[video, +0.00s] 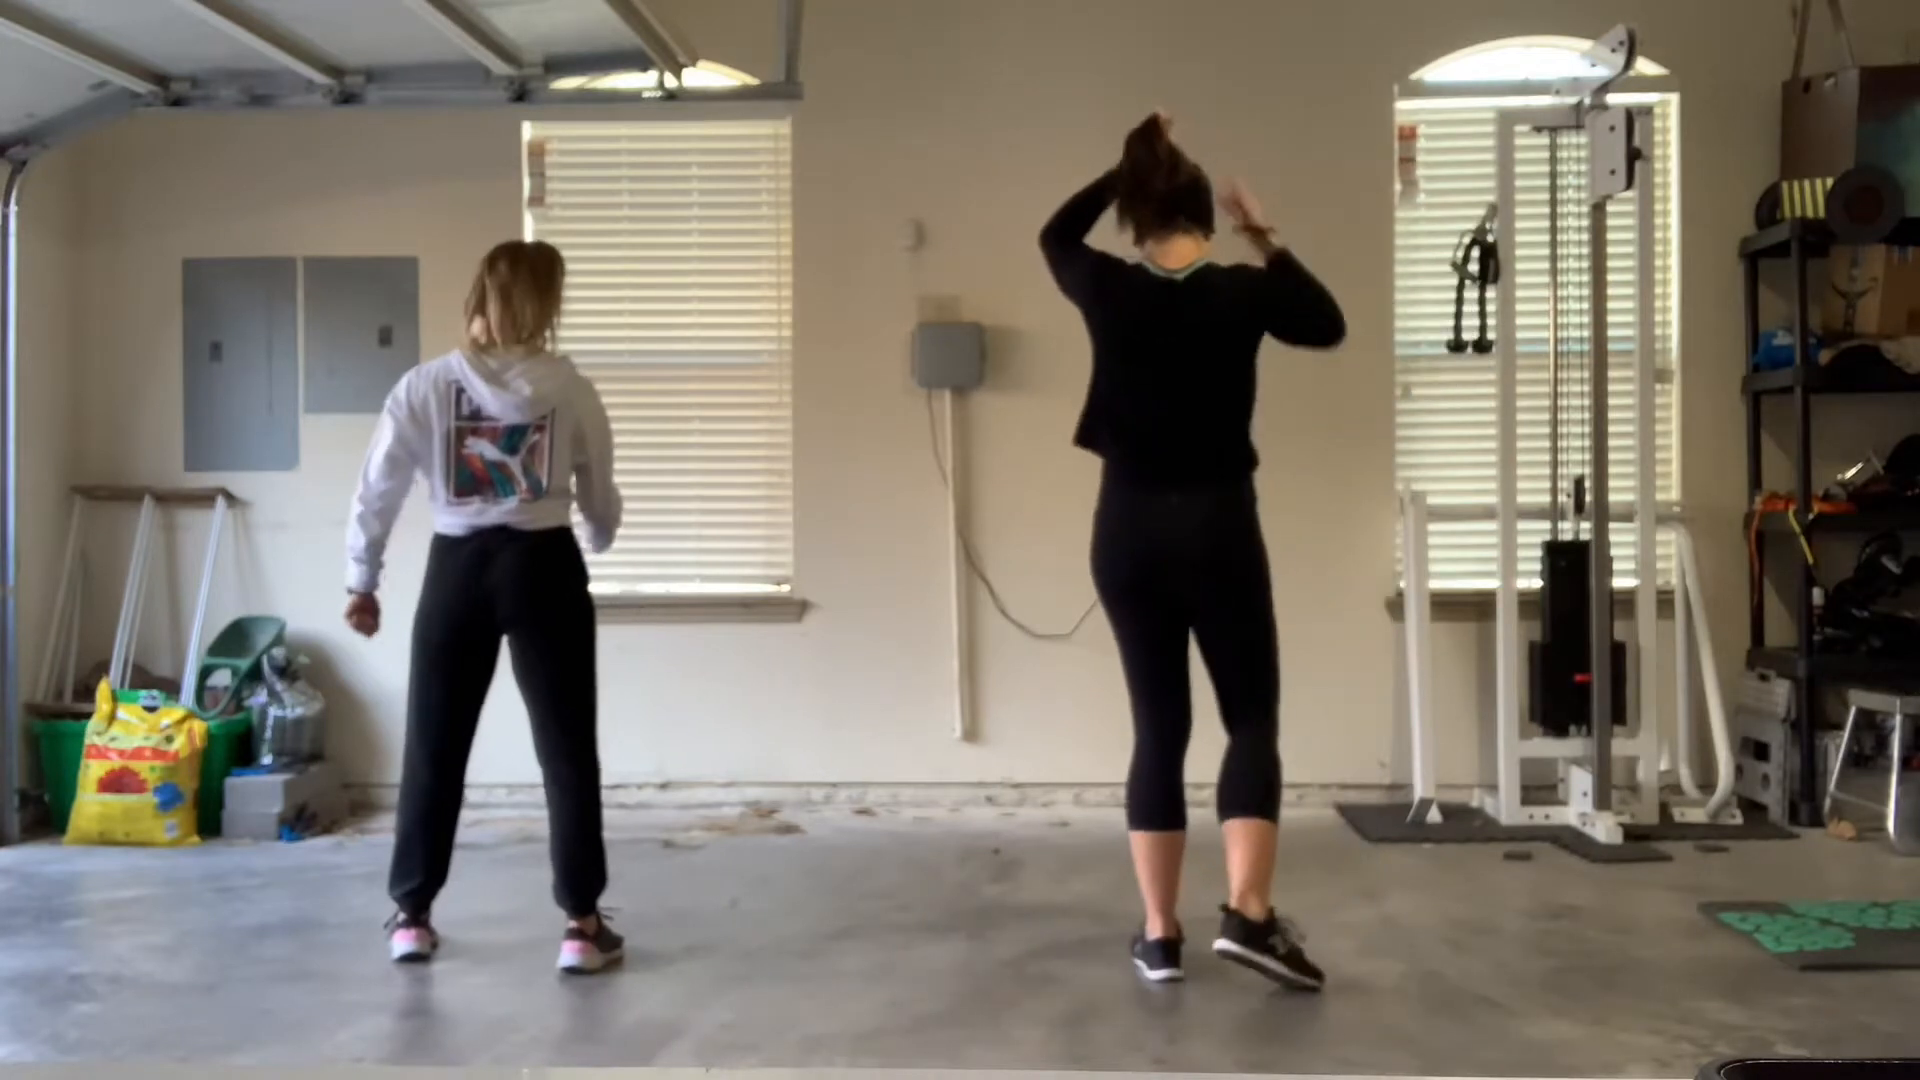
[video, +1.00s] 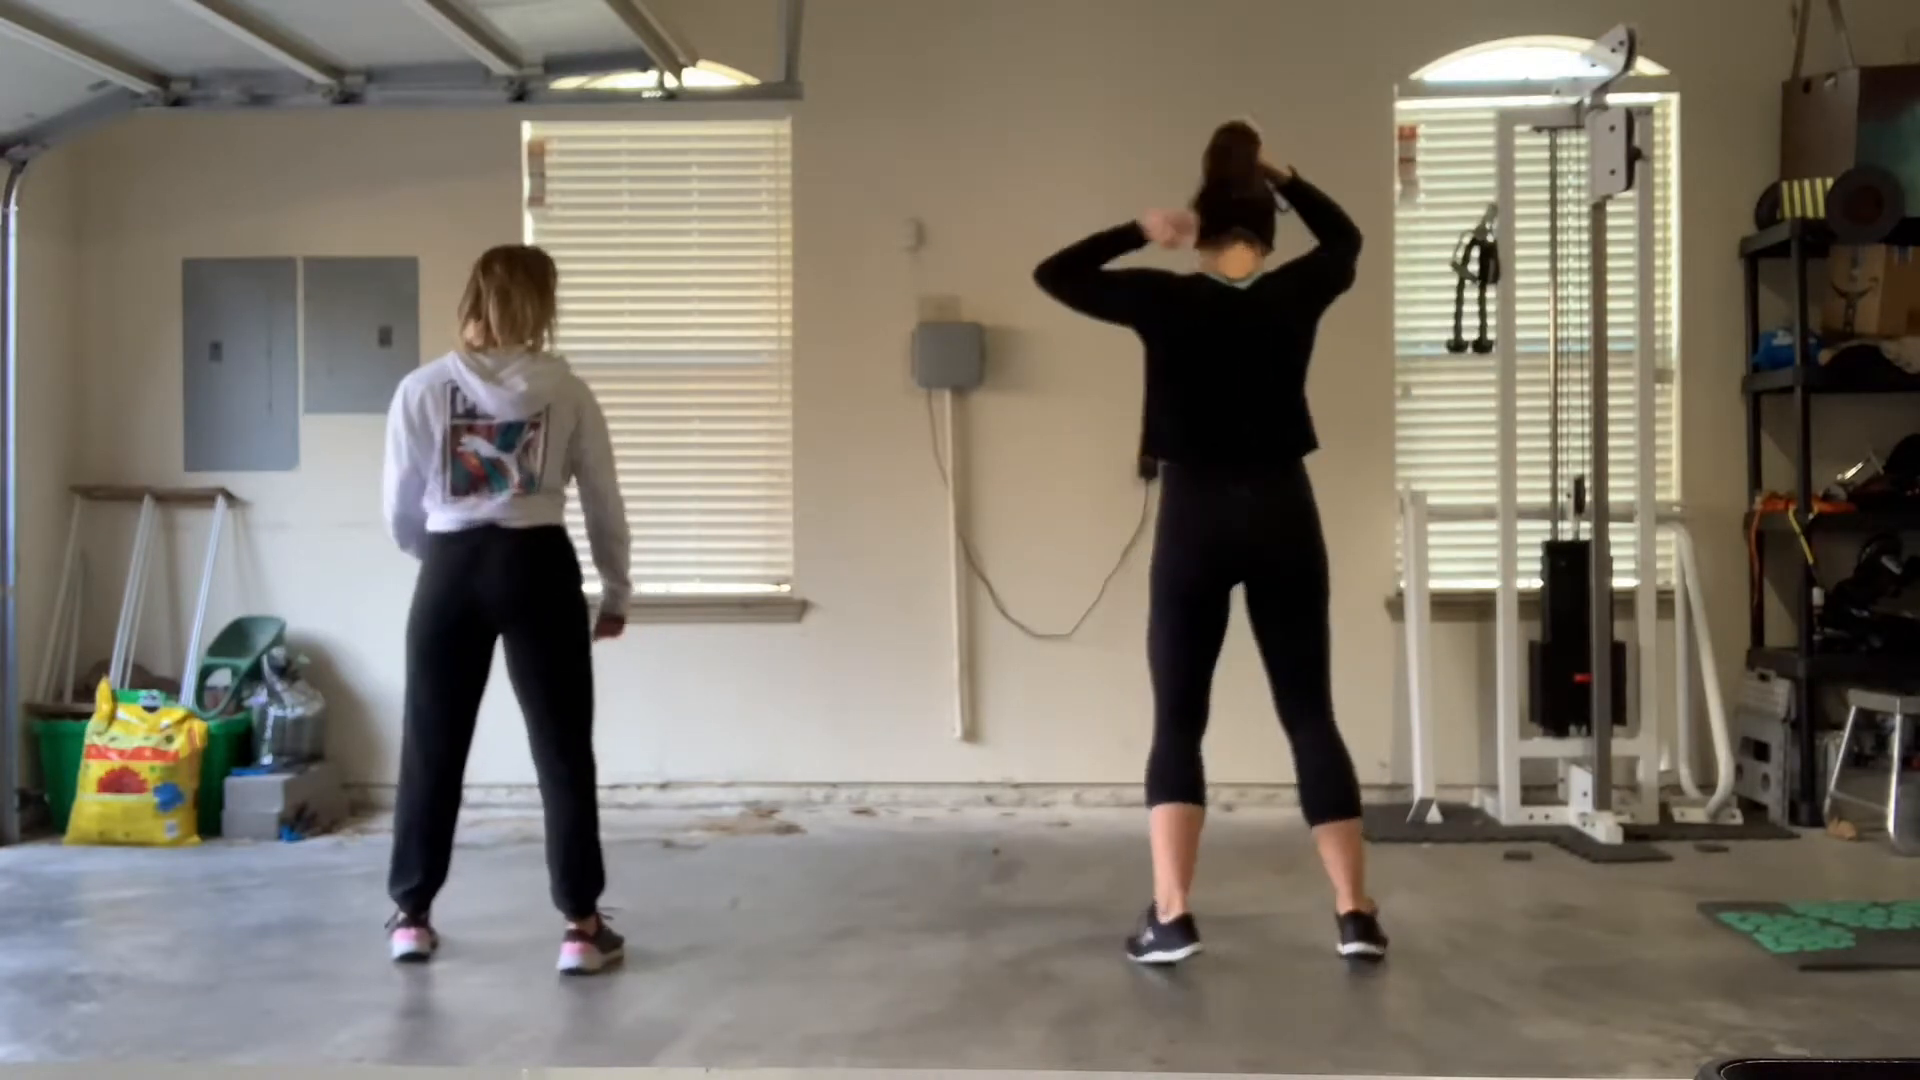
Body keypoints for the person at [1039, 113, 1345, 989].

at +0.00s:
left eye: (1148, 216)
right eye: (1191, 213)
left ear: (1132, 222)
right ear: (1209, 218)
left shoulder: (1112, 293)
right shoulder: (1244, 291)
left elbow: (1058, 237)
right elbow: (1325, 322)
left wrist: (1122, 172)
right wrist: (1268, 239)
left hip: (1127, 537)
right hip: (1222, 536)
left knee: (1157, 727)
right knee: (1250, 722)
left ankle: (1158, 934)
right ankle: (1247, 912)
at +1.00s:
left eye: (1214, 220)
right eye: (1253, 220)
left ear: (1199, 228)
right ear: (1272, 229)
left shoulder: (1164, 301)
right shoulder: (1295, 294)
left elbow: (1055, 274)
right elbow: (1344, 239)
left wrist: (1137, 229)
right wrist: (1290, 182)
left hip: (1194, 524)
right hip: (1285, 520)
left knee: (1179, 719)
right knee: (1310, 713)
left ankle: (1172, 916)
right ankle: (1354, 913)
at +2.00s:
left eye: (1178, 229)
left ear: (1181, 241)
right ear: (1257, 224)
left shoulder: (1184, 319)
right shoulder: (1318, 305)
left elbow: (1076, 273)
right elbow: (1374, 274)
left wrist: (1142, 207)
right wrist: (1305, 207)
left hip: (1210, 545)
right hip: (1303, 543)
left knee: (1165, 729)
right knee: (1325, 731)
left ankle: (1145, 928)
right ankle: (1377, 931)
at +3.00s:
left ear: (1209, 245)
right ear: (1279, 237)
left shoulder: (1197, 300)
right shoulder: (1325, 302)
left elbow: (1120, 213)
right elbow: (1351, 245)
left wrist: (1182, 149)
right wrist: (1281, 199)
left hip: (1221, 532)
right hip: (1313, 530)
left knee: (1175, 732)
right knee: (1323, 727)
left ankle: (1137, 927)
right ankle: (1364, 930)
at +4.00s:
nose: (1221, 275)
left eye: (1220, 262)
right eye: (1232, 259)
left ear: (1223, 257)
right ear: (1291, 245)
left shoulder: (1223, 309)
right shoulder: (1347, 304)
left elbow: (1106, 280)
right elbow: (1349, 255)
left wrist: (1169, 209)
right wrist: (1278, 214)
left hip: (1246, 540)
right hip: (1338, 542)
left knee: (1195, 736)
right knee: (1335, 730)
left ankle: (1141, 928)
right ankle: (1366, 930)